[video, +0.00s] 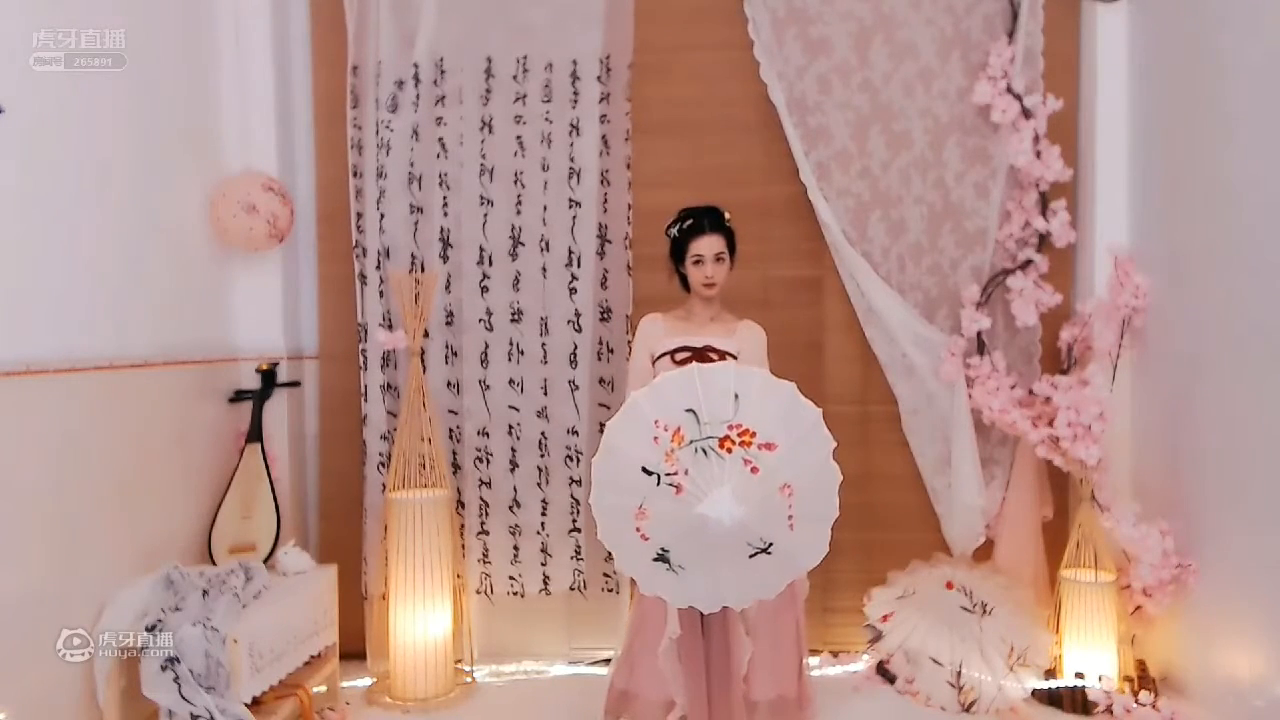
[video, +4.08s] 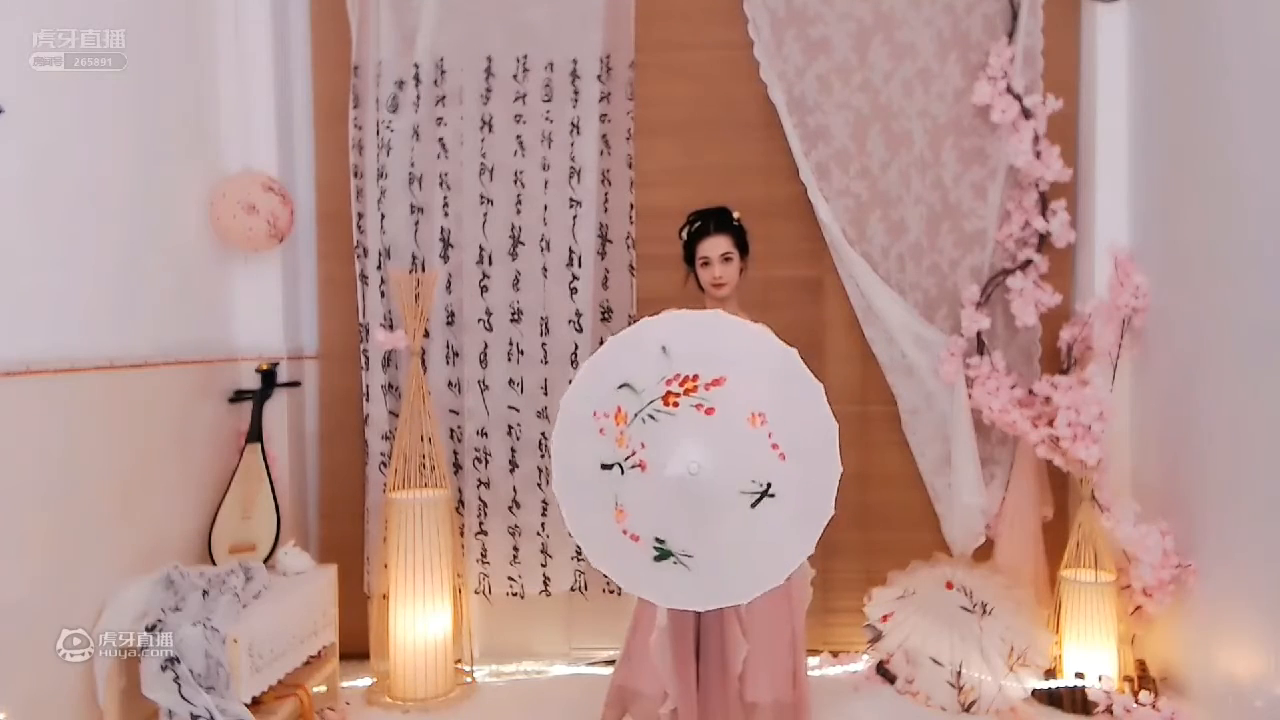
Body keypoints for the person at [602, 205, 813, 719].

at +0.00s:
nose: (709, 271)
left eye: (718, 259)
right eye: (698, 261)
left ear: (731, 264)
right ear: (681, 266)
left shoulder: (750, 335)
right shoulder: (653, 328)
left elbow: (764, 424)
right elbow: (637, 417)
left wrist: (764, 493)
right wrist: (640, 496)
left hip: (736, 484)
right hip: (670, 484)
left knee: (735, 606)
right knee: (672, 604)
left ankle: (735, 709)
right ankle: (673, 709)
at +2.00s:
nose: (717, 270)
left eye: (727, 258)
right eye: (706, 260)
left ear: (742, 262)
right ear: (692, 266)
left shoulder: (760, 335)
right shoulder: (666, 323)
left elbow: (776, 425)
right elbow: (646, 410)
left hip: (741, 488)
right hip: (678, 484)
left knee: (740, 605)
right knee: (677, 603)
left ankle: (739, 709)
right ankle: (678, 709)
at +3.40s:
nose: (719, 271)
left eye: (729, 258)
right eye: (708, 260)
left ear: (745, 263)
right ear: (695, 267)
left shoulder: (764, 340)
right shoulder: (672, 337)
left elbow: (789, 431)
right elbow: (646, 420)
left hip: (752, 493)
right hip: (684, 492)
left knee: (750, 612)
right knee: (683, 613)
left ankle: (749, 710)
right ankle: (679, 711)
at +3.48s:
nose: (718, 271)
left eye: (728, 258)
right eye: (707, 261)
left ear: (745, 263)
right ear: (694, 267)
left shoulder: (764, 343)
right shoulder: (673, 334)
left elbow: (793, 430)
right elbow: (640, 415)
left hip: (752, 495)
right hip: (682, 495)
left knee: (749, 614)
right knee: (682, 614)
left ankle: (748, 711)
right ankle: (679, 712)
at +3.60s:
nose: (718, 271)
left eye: (728, 258)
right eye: (707, 261)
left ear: (744, 263)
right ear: (694, 267)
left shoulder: (766, 343)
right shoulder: (671, 333)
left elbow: (796, 430)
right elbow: (635, 415)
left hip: (752, 499)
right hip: (682, 498)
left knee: (750, 618)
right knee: (681, 620)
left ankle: (747, 712)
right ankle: (677, 713)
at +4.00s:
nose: (716, 272)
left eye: (726, 259)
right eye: (705, 262)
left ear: (742, 263)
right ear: (693, 268)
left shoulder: (761, 339)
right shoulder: (674, 333)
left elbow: (786, 427)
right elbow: (649, 418)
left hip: (747, 490)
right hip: (685, 486)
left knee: (746, 604)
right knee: (681, 604)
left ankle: (745, 710)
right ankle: (678, 711)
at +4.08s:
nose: (716, 271)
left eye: (726, 259)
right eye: (705, 261)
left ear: (742, 263)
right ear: (693, 268)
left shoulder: (760, 337)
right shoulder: (672, 334)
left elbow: (785, 427)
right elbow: (647, 417)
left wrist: (786, 511)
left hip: (746, 492)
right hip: (683, 489)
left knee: (745, 608)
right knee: (680, 608)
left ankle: (744, 710)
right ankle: (677, 711)